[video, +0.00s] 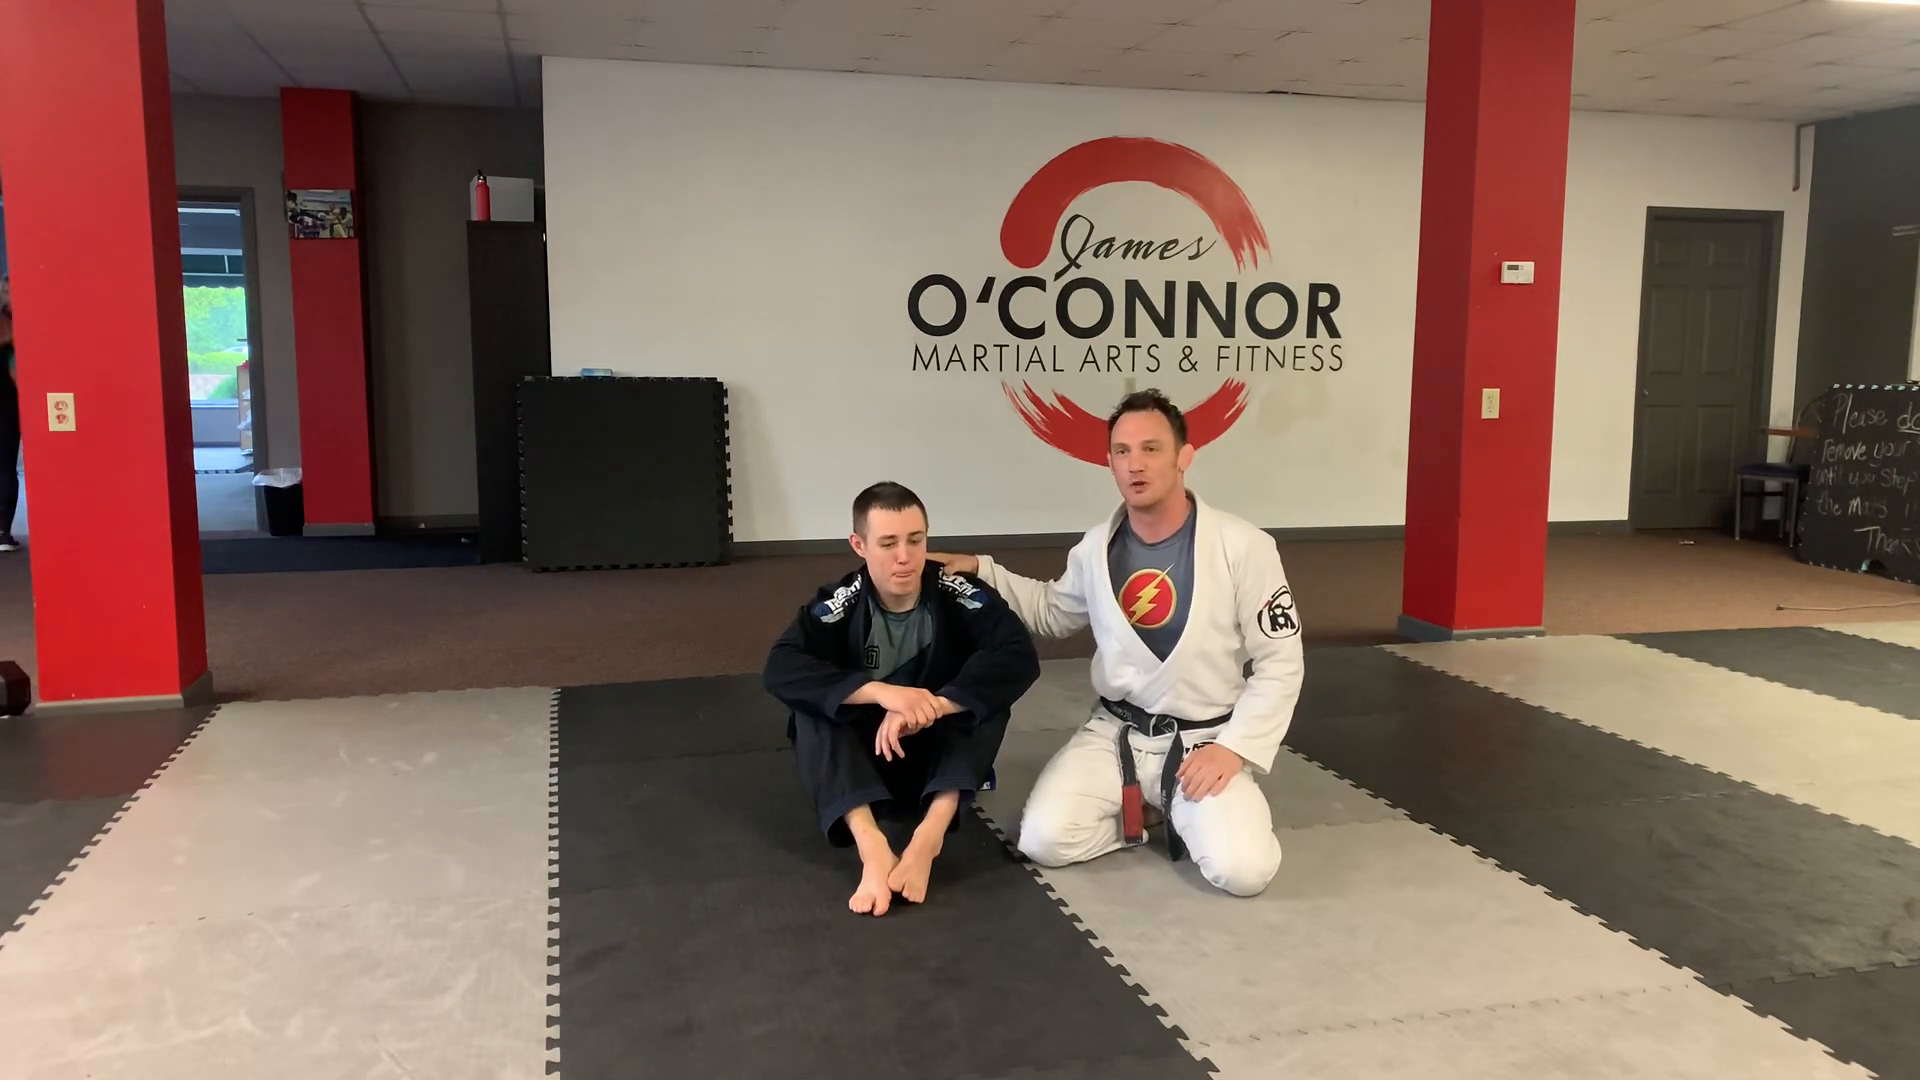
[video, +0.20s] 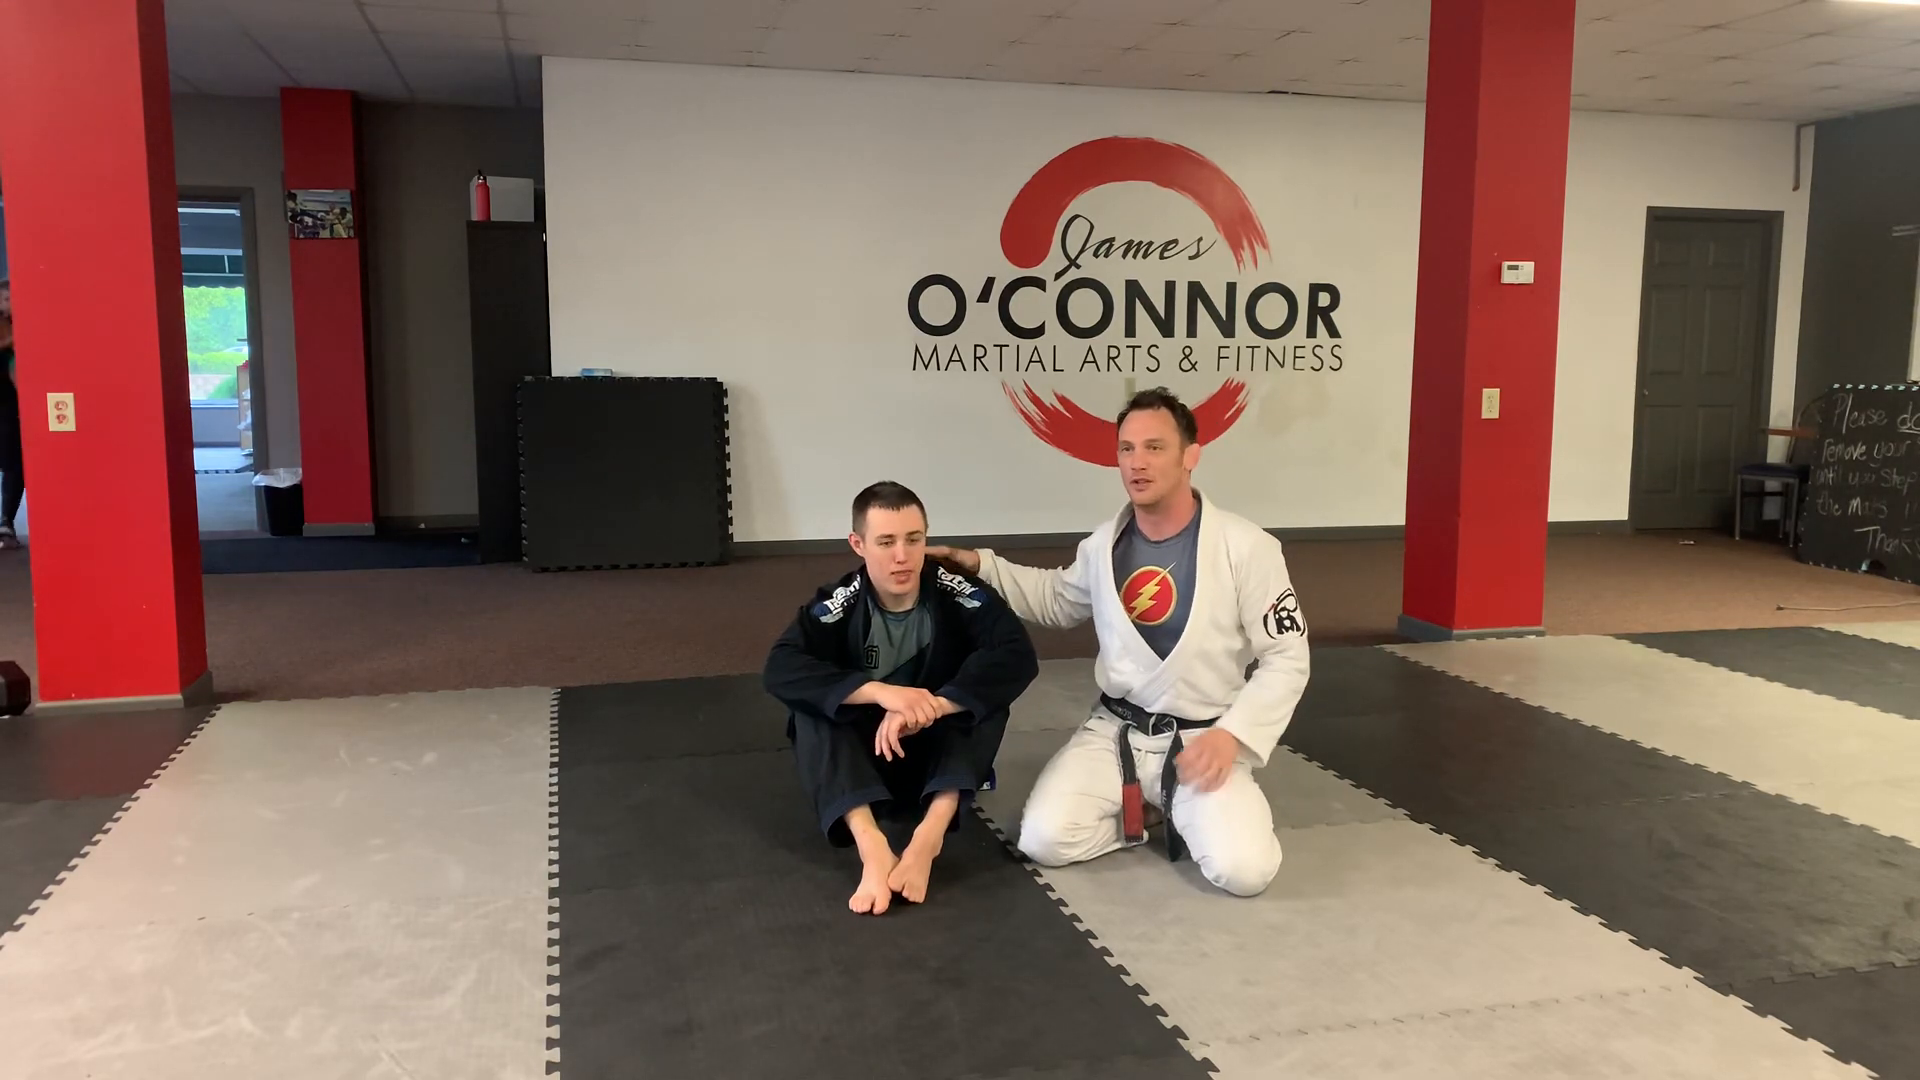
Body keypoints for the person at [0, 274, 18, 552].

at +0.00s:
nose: (8, 291)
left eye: (10, 286)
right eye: (5, 286)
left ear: (15, 291)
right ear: (2, 290)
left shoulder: (13, 318)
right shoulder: (4, 317)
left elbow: (10, 342)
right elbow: (5, 342)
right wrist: (15, 323)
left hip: (10, 393)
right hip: (5, 394)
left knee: (7, 466)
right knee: (6, 466)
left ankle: (4, 529)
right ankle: (3, 530)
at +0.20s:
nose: (6, 303)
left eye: (9, 298)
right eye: (4, 298)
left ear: (16, 300)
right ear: (0, 300)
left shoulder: (19, 327)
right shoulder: (4, 327)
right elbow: (4, 349)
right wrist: (14, 332)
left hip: (13, 404)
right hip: (6, 405)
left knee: (13, 464)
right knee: (11, 464)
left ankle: (8, 521)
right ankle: (6, 521)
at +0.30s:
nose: (1, 301)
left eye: (4, 296)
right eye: (0, 296)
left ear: (12, 300)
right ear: (1, 300)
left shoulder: (13, 331)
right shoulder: (8, 334)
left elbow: (17, 371)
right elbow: (14, 373)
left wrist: (22, 406)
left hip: (9, 408)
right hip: (4, 409)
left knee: (20, 460)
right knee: (19, 460)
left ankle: (12, 508)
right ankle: (12, 508)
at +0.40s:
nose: (4, 303)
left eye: (6, 299)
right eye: (2, 299)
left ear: (12, 302)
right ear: (0, 302)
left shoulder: (15, 329)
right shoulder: (5, 332)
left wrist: (23, 405)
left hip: (10, 404)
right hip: (5, 404)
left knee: (22, 453)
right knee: (22, 453)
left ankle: (15, 508)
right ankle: (14, 508)